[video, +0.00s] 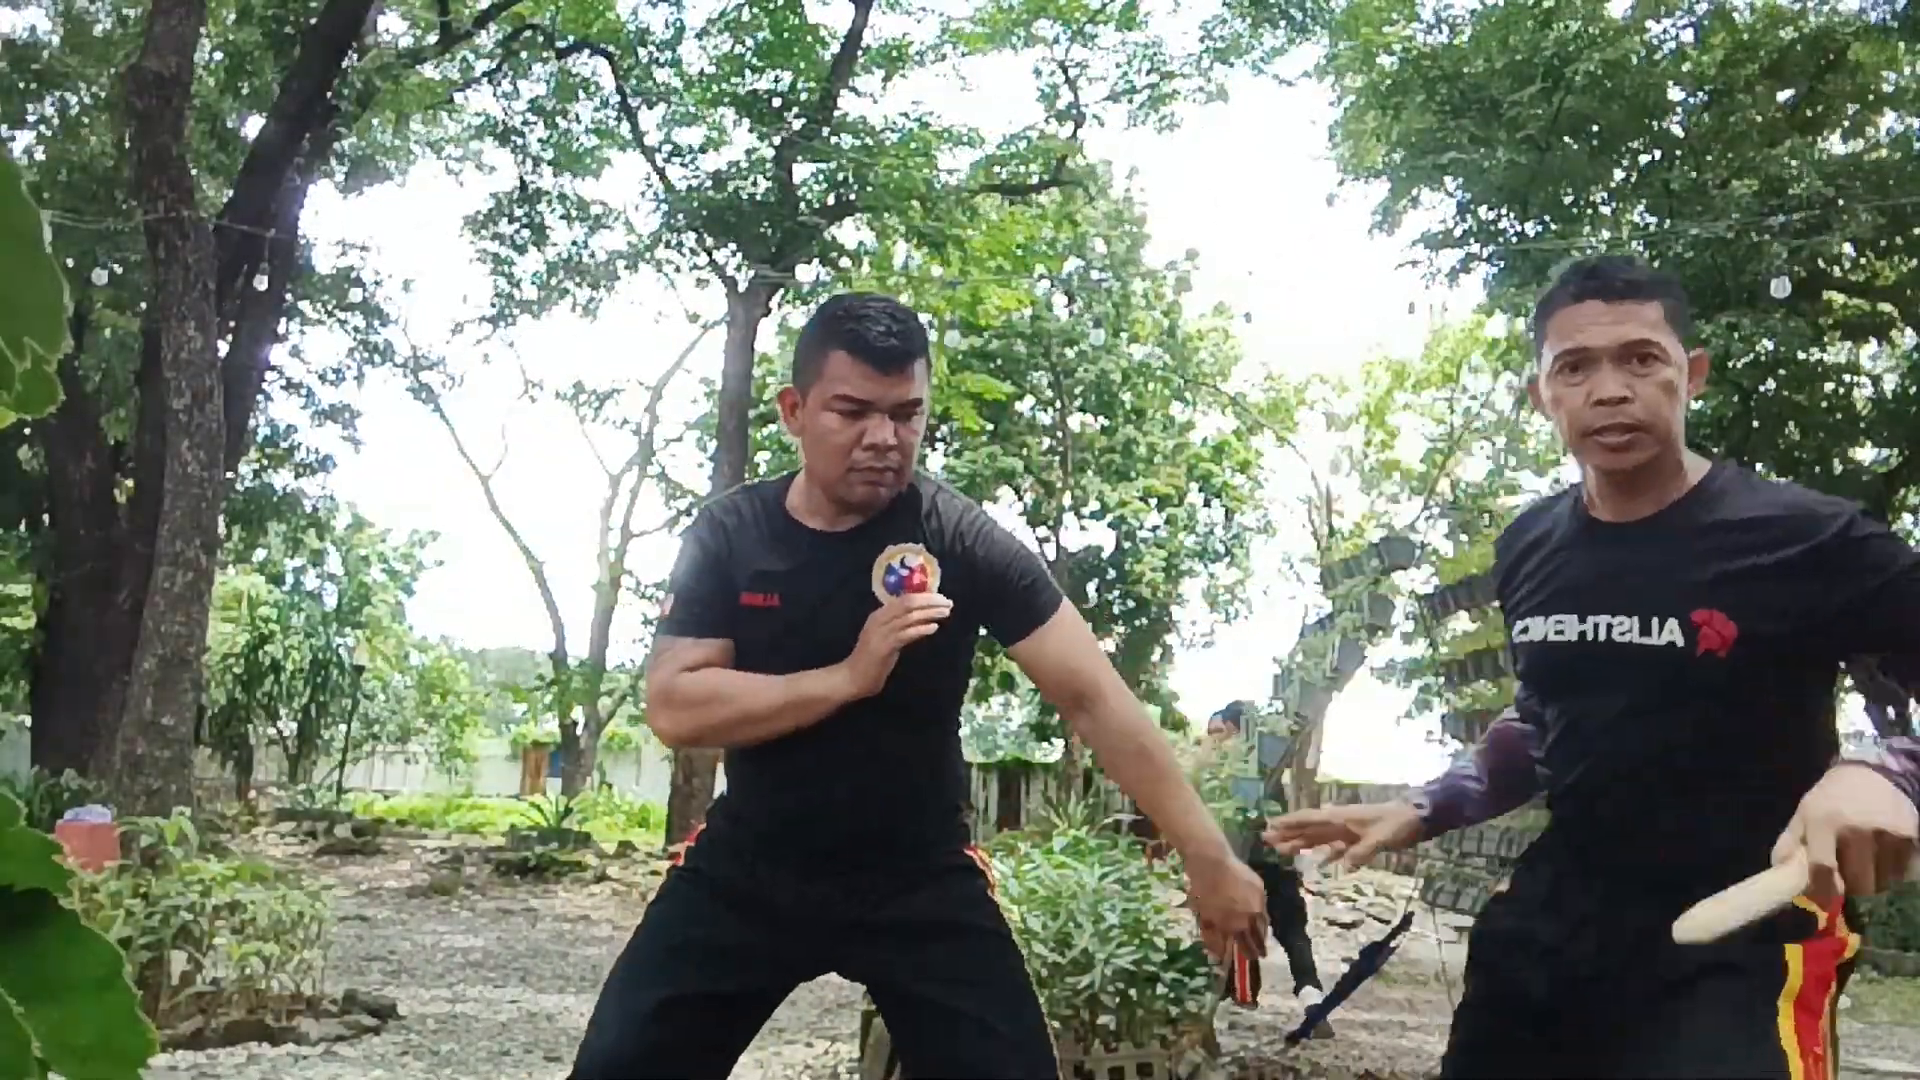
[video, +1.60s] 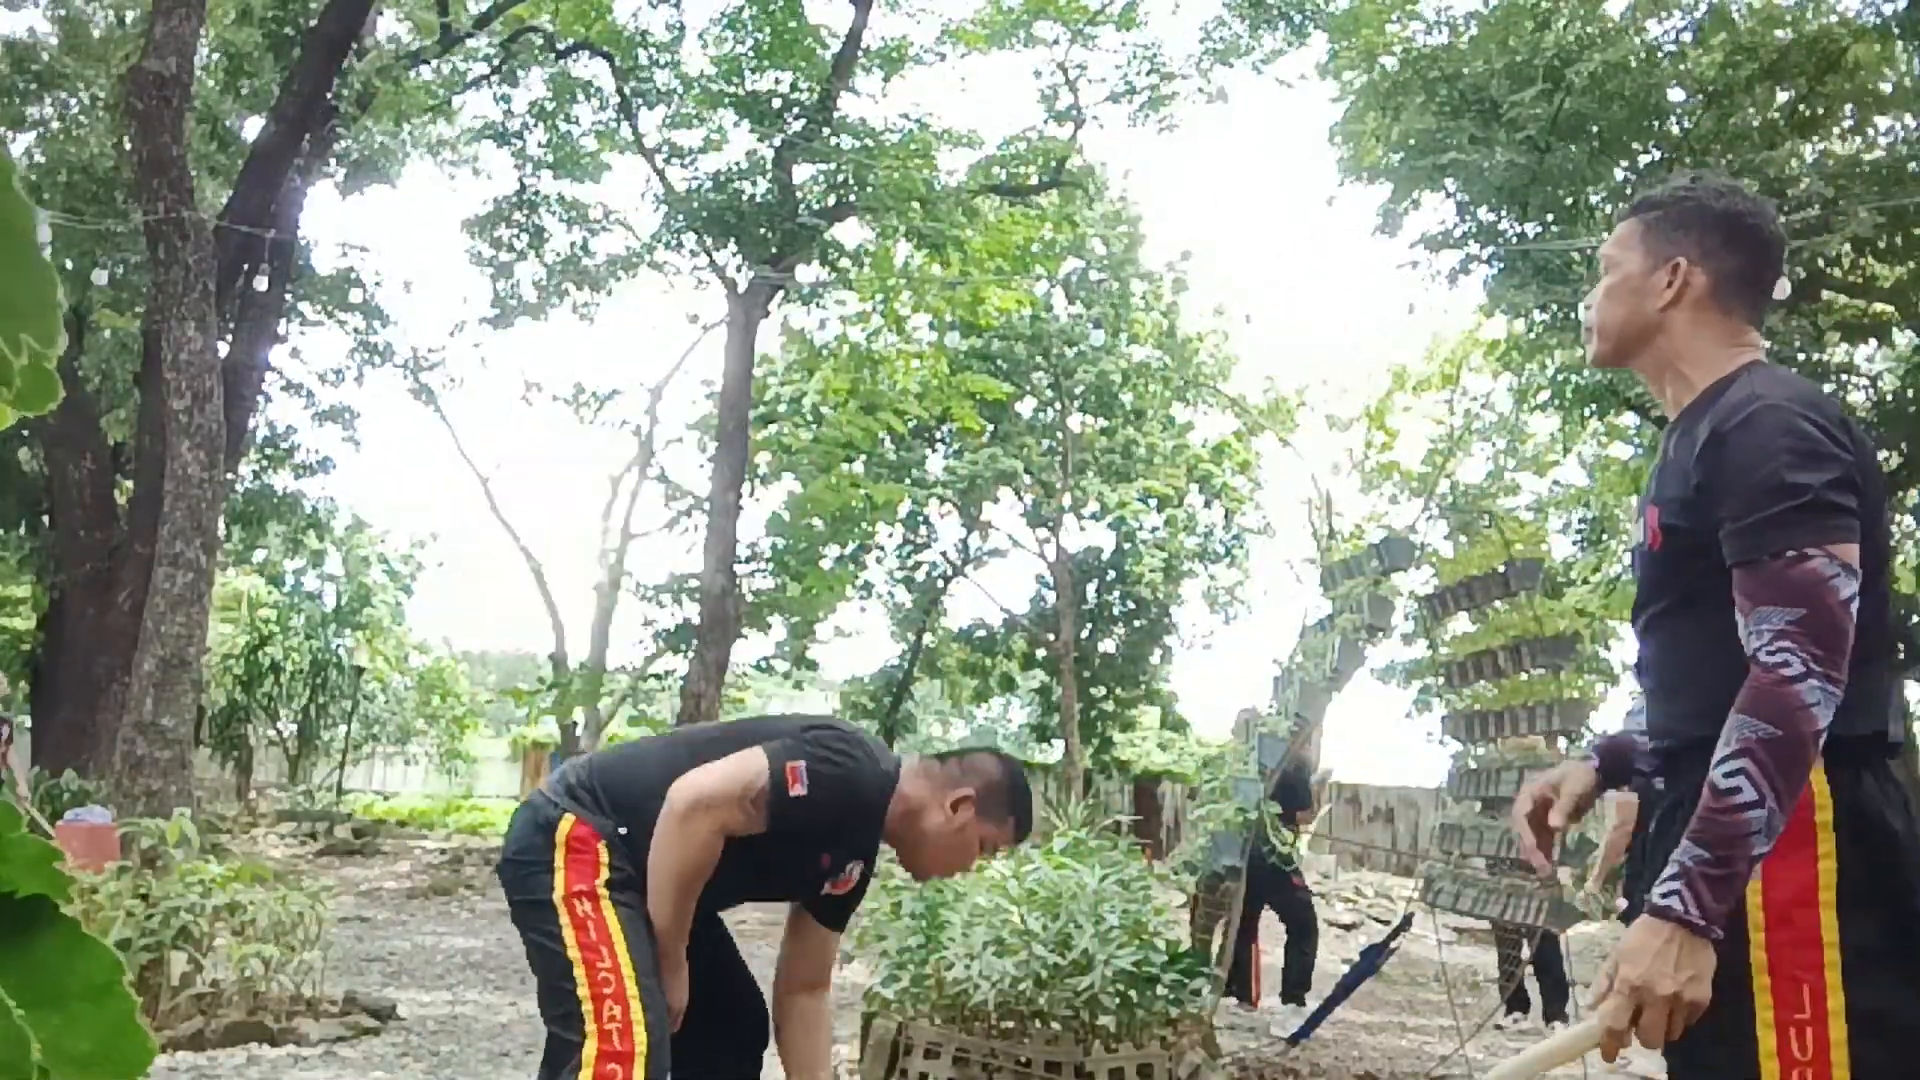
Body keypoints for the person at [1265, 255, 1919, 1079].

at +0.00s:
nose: (1609, 388)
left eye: (1638, 359)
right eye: (1576, 366)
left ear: (1691, 375)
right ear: (1541, 398)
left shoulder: (1818, 543)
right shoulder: (1529, 548)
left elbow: (1914, 690)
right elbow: (1547, 723)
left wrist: (1884, 767)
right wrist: (1415, 813)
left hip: (1739, 959)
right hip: (1553, 942)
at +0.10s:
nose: (1588, 346)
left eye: (1626, 308)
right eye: (1571, 322)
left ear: (1719, 304)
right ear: (1556, 334)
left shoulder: (1855, 475)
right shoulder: (1591, 494)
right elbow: (1598, 673)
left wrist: (1910, 927)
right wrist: (1556, 697)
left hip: (1797, 890)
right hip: (1624, 876)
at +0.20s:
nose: (1567, 331)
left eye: (1591, 296)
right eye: (1563, 304)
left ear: (1700, 273)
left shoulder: (1874, 444)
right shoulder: (1627, 464)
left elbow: (1904, 715)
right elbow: (1576, 691)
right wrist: (1582, 618)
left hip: (1832, 878)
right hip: (1669, 865)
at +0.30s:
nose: (1583, 303)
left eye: (1597, 267)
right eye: (1580, 276)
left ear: (1689, 241)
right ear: (1680, 247)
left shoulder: (1876, 405)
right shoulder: (1659, 446)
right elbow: (1650, 669)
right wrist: (1590, 607)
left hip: (1863, 854)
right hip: (1715, 847)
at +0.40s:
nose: (1614, 288)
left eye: (1615, 259)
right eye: (1610, 264)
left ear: (1677, 241)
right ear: (1687, 245)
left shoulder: (1876, 383)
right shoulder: (1706, 430)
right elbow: (1718, 643)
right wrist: (1600, 736)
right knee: (1780, 1056)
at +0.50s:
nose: (1646, 295)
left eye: (1644, 264)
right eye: (1644, 267)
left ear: (1677, 254)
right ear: (1794, 240)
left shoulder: (1855, 384)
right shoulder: (1756, 407)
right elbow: (1746, 686)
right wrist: (1651, 833)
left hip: (1852, 812)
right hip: (1774, 811)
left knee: (1850, 1059)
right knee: (1796, 1052)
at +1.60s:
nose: (1589, 298)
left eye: (1606, 267)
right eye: (1595, 272)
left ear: (1673, 281)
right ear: (1672, 285)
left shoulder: (1766, 420)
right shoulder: (1702, 436)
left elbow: (1796, 675)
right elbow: (1715, 687)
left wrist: (1687, 909)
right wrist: (1598, 767)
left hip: (1797, 819)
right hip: (1734, 811)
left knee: (1805, 1057)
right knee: (1734, 1057)